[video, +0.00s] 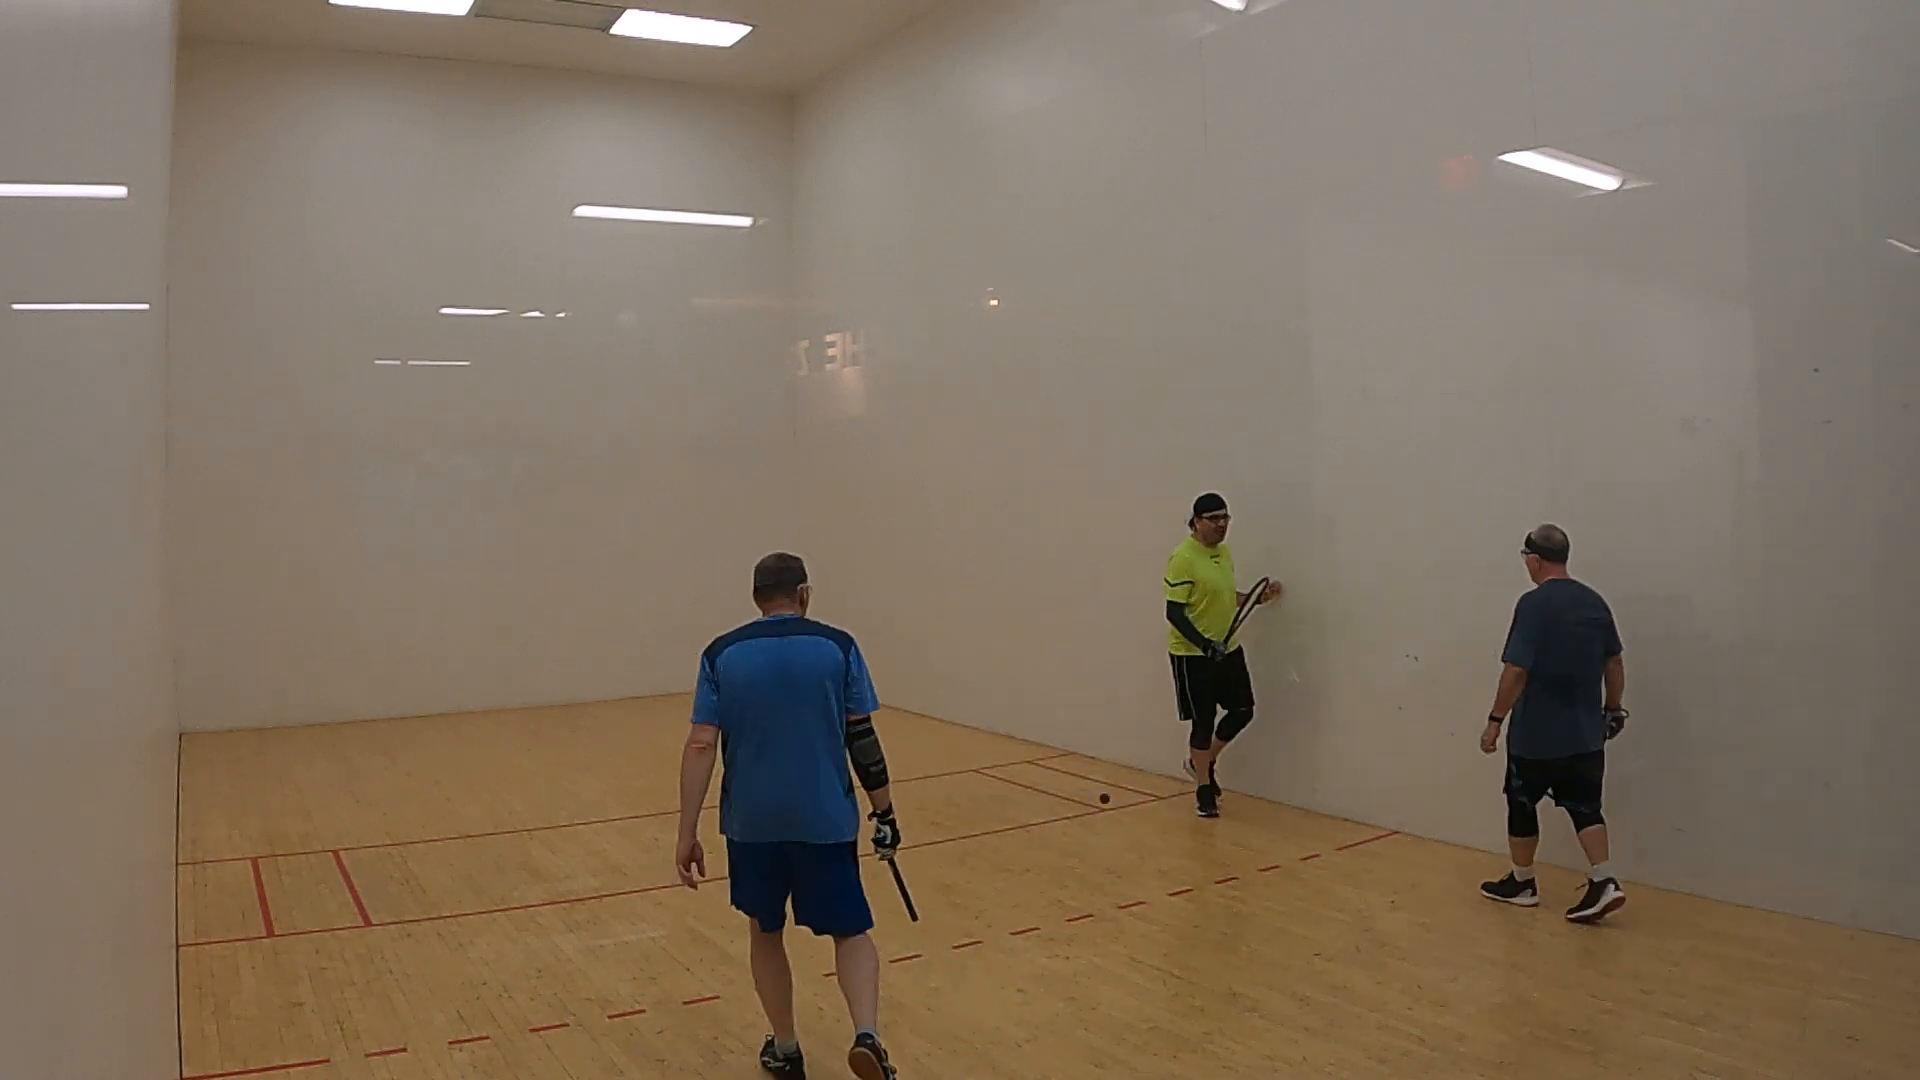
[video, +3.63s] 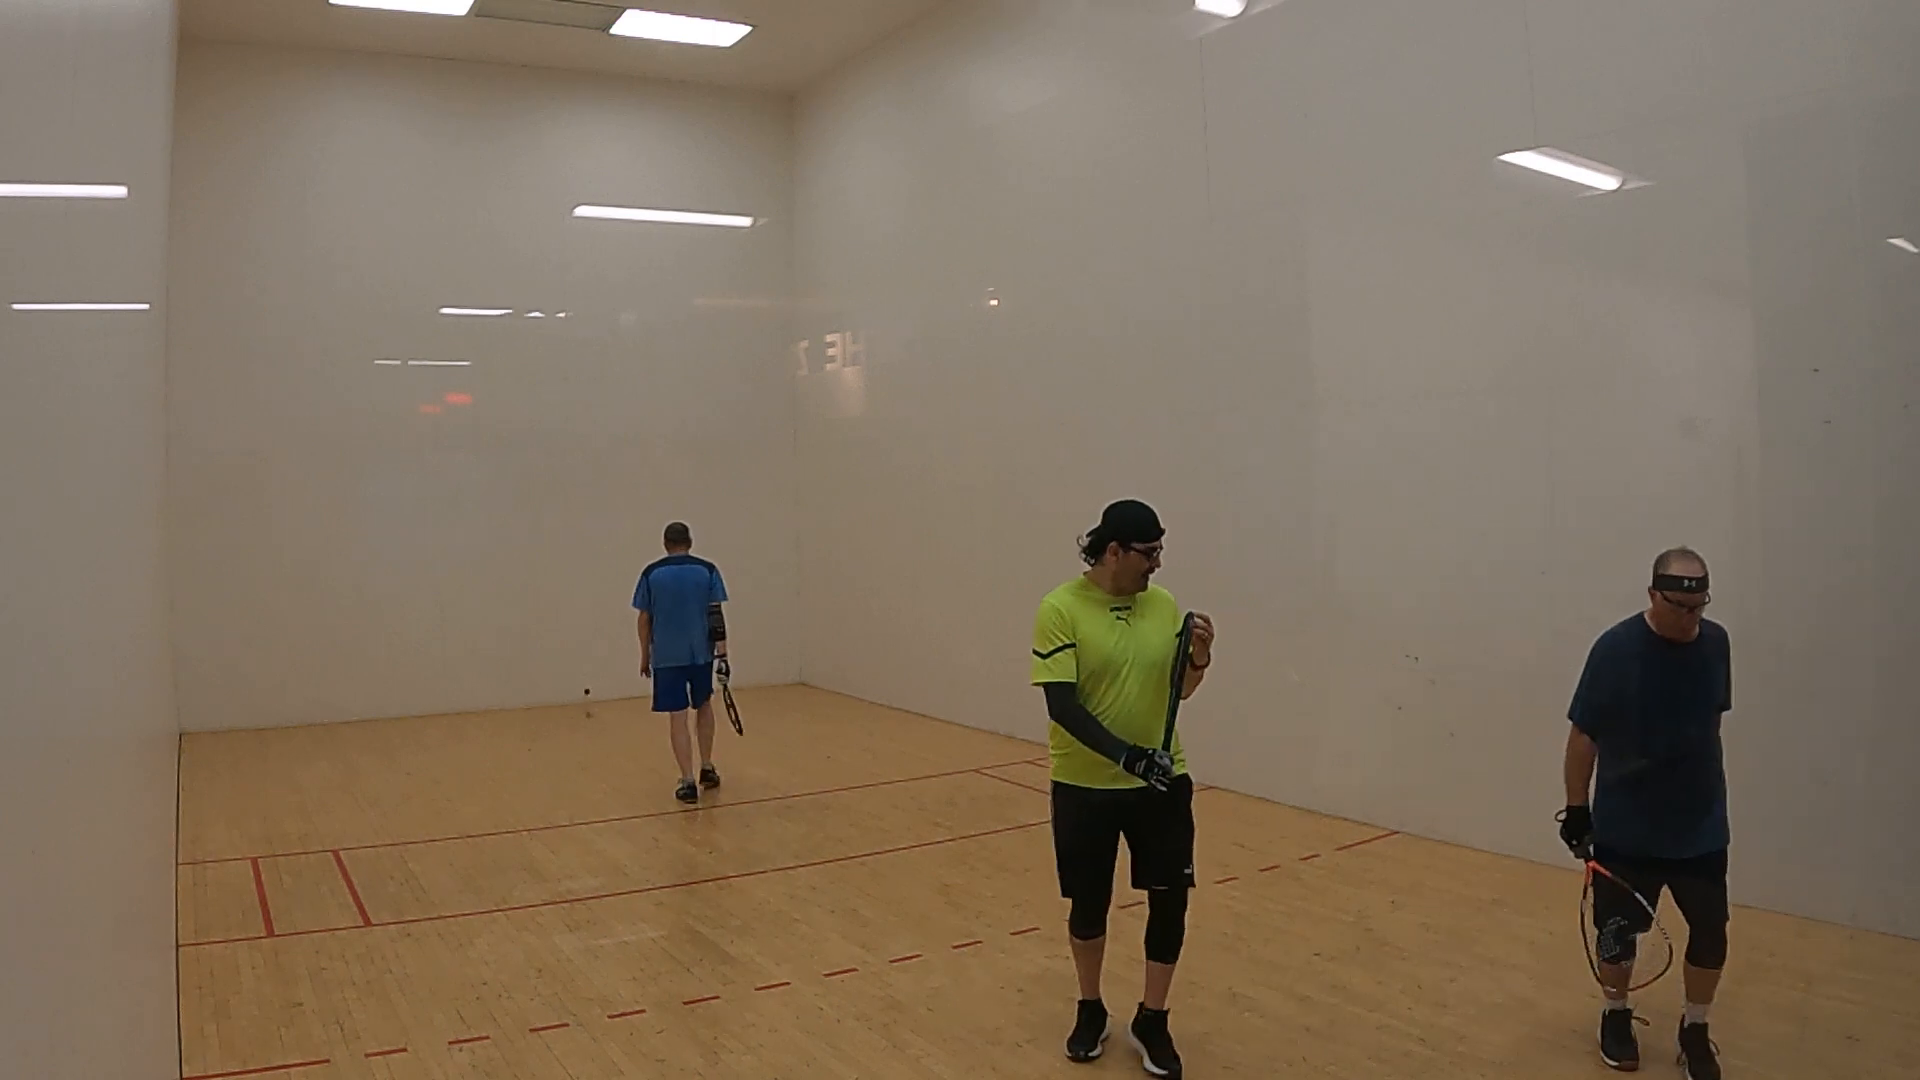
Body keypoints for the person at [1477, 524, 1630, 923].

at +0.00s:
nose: (1525, 561)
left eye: (1526, 556)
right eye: (1526, 555)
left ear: (1536, 559)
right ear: (1564, 558)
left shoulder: (1533, 604)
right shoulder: (1594, 602)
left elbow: (1516, 670)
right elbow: (1614, 661)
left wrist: (1495, 719)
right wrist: (1614, 709)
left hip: (1536, 732)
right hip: (1585, 732)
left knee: (1520, 799)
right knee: (1584, 805)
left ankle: (1521, 882)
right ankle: (1603, 883)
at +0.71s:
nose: (1522, 555)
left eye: (1527, 548)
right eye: (1523, 548)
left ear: (1547, 551)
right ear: (1553, 552)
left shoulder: (1560, 591)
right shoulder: (1573, 588)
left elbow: (1559, 655)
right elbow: (1569, 657)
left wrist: (1549, 709)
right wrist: (1541, 712)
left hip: (1559, 718)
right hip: (1581, 717)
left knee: (1536, 792)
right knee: (1572, 792)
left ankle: (1529, 878)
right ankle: (1573, 871)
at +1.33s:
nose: (1553, 563)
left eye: (1560, 558)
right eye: (1552, 556)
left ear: (1584, 560)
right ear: (1561, 558)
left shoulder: (1614, 605)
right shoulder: (1563, 600)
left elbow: (1629, 670)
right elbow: (1553, 660)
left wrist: (1628, 727)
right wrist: (1540, 706)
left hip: (1597, 732)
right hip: (1560, 726)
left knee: (1595, 809)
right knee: (1560, 798)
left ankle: (1600, 890)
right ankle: (1568, 865)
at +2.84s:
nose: (1626, 592)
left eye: (1634, 584)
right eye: (1616, 583)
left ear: (1644, 582)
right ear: (1598, 579)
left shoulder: (1661, 631)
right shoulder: (1564, 627)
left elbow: (1679, 704)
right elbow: (1539, 698)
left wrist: (1689, 769)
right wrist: (1527, 760)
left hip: (1635, 784)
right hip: (1574, 777)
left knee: (1620, 881)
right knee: (1559, 872)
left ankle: (1598, 967)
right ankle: (1555, 918)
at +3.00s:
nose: (1636, 586)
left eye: (1645, 578)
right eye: (1627, 577)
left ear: (1656, 581)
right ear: (1608, 578)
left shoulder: (1674, 632)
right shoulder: (1574, 630)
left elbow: (1702, 698)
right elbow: (1547, 701)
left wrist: (1720, 757)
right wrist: (1533, 766)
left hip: (1649, 786)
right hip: (1588, 782)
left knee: (1626, 881)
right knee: (1583, 881)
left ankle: (1600, 969)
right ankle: (1575, 970)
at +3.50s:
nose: (1674, 606)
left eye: (1682, 596)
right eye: (1662, 596)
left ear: (1691, 594)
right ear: (1639, 591)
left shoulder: (1703, 642)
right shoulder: (1601, 645)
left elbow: (1716, 722)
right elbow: (1570, 725)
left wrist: (1719, 785)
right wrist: (1561, 797)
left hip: (1685, 811)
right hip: (1617, 813)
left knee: (1697, 909)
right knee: (1616, 921)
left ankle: (1659, 974)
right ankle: (1615, 1015)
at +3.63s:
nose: (1691, 605)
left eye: (1699, 595)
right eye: (1679, 595)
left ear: (1707, 594)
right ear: (1653, 593)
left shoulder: (1715, 643)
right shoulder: (1614, 650)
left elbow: (1713, 724)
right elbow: (1581, 735)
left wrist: (1707, 793)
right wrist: (1576, 810)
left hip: (1697, 819)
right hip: (1626, 821)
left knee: (1711, 930)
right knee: (1618, 930)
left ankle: (1695, 1031)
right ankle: (1616, 1018)